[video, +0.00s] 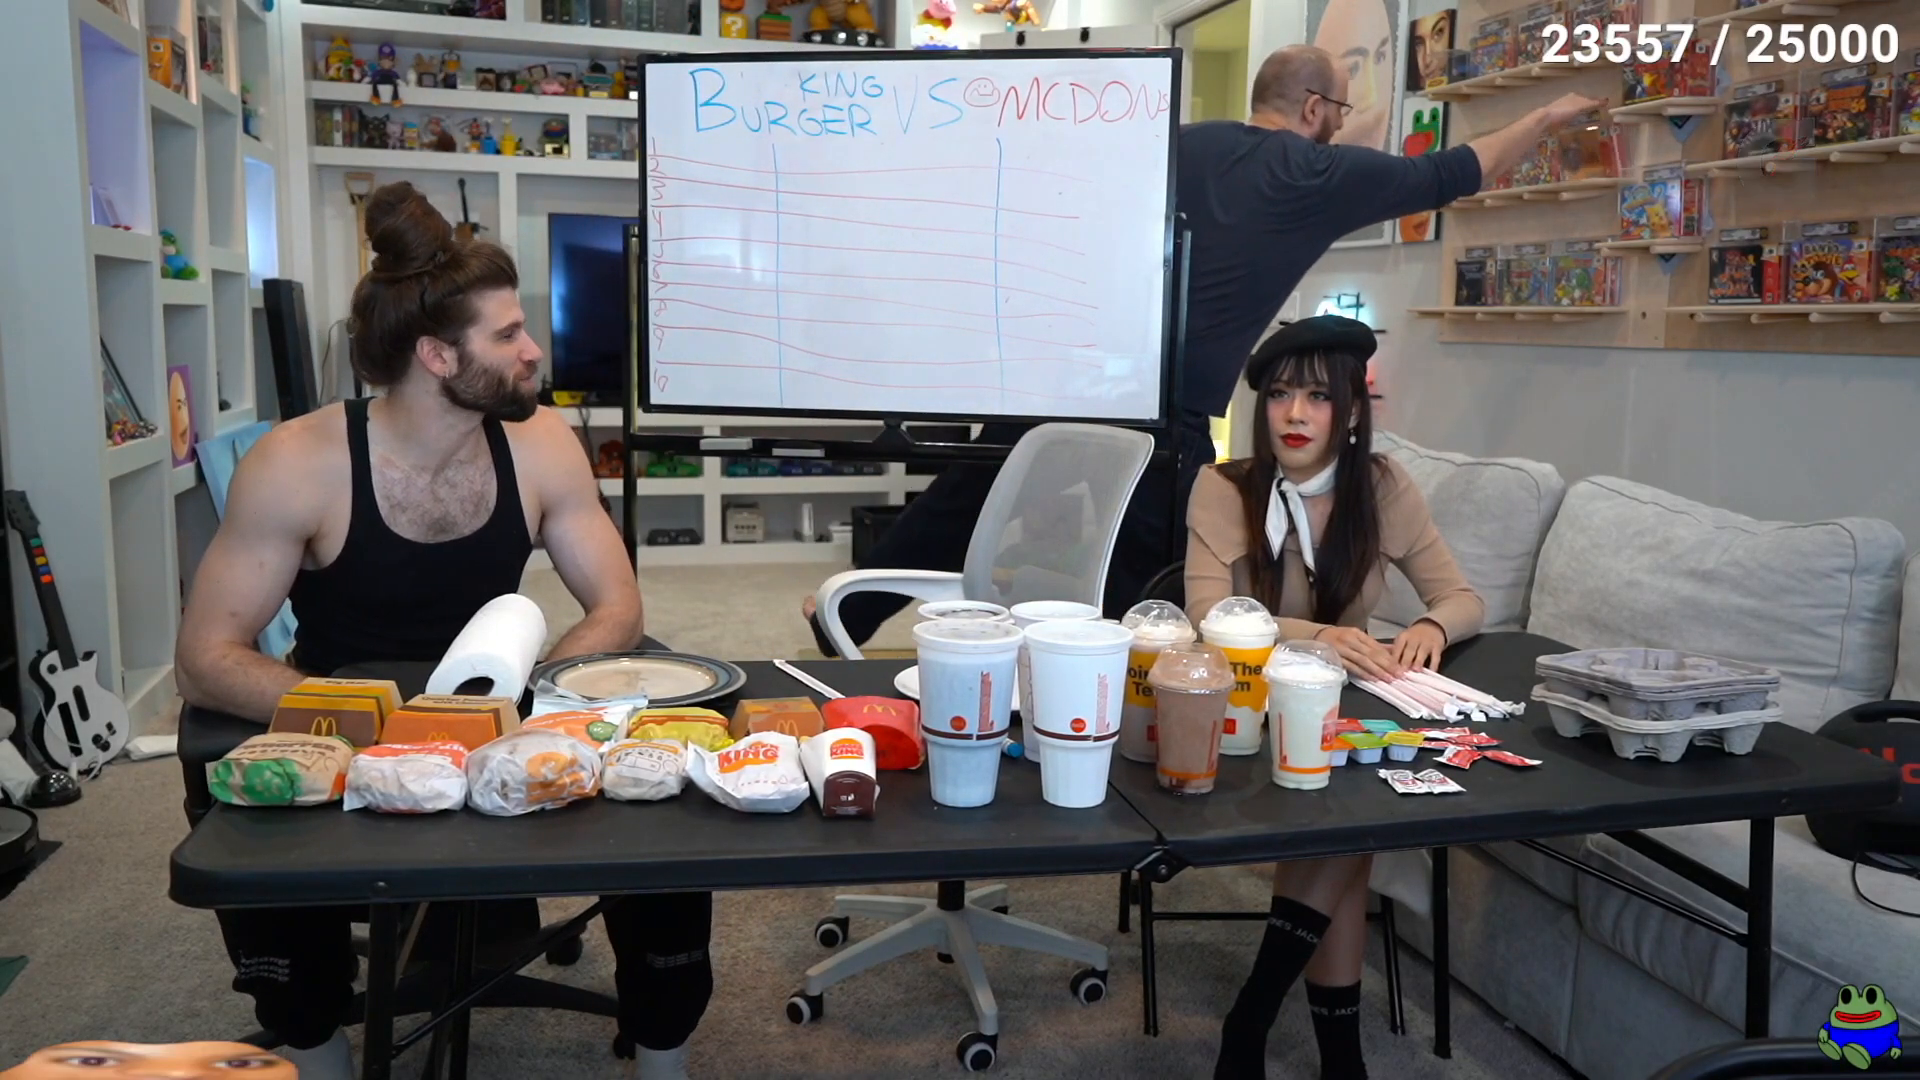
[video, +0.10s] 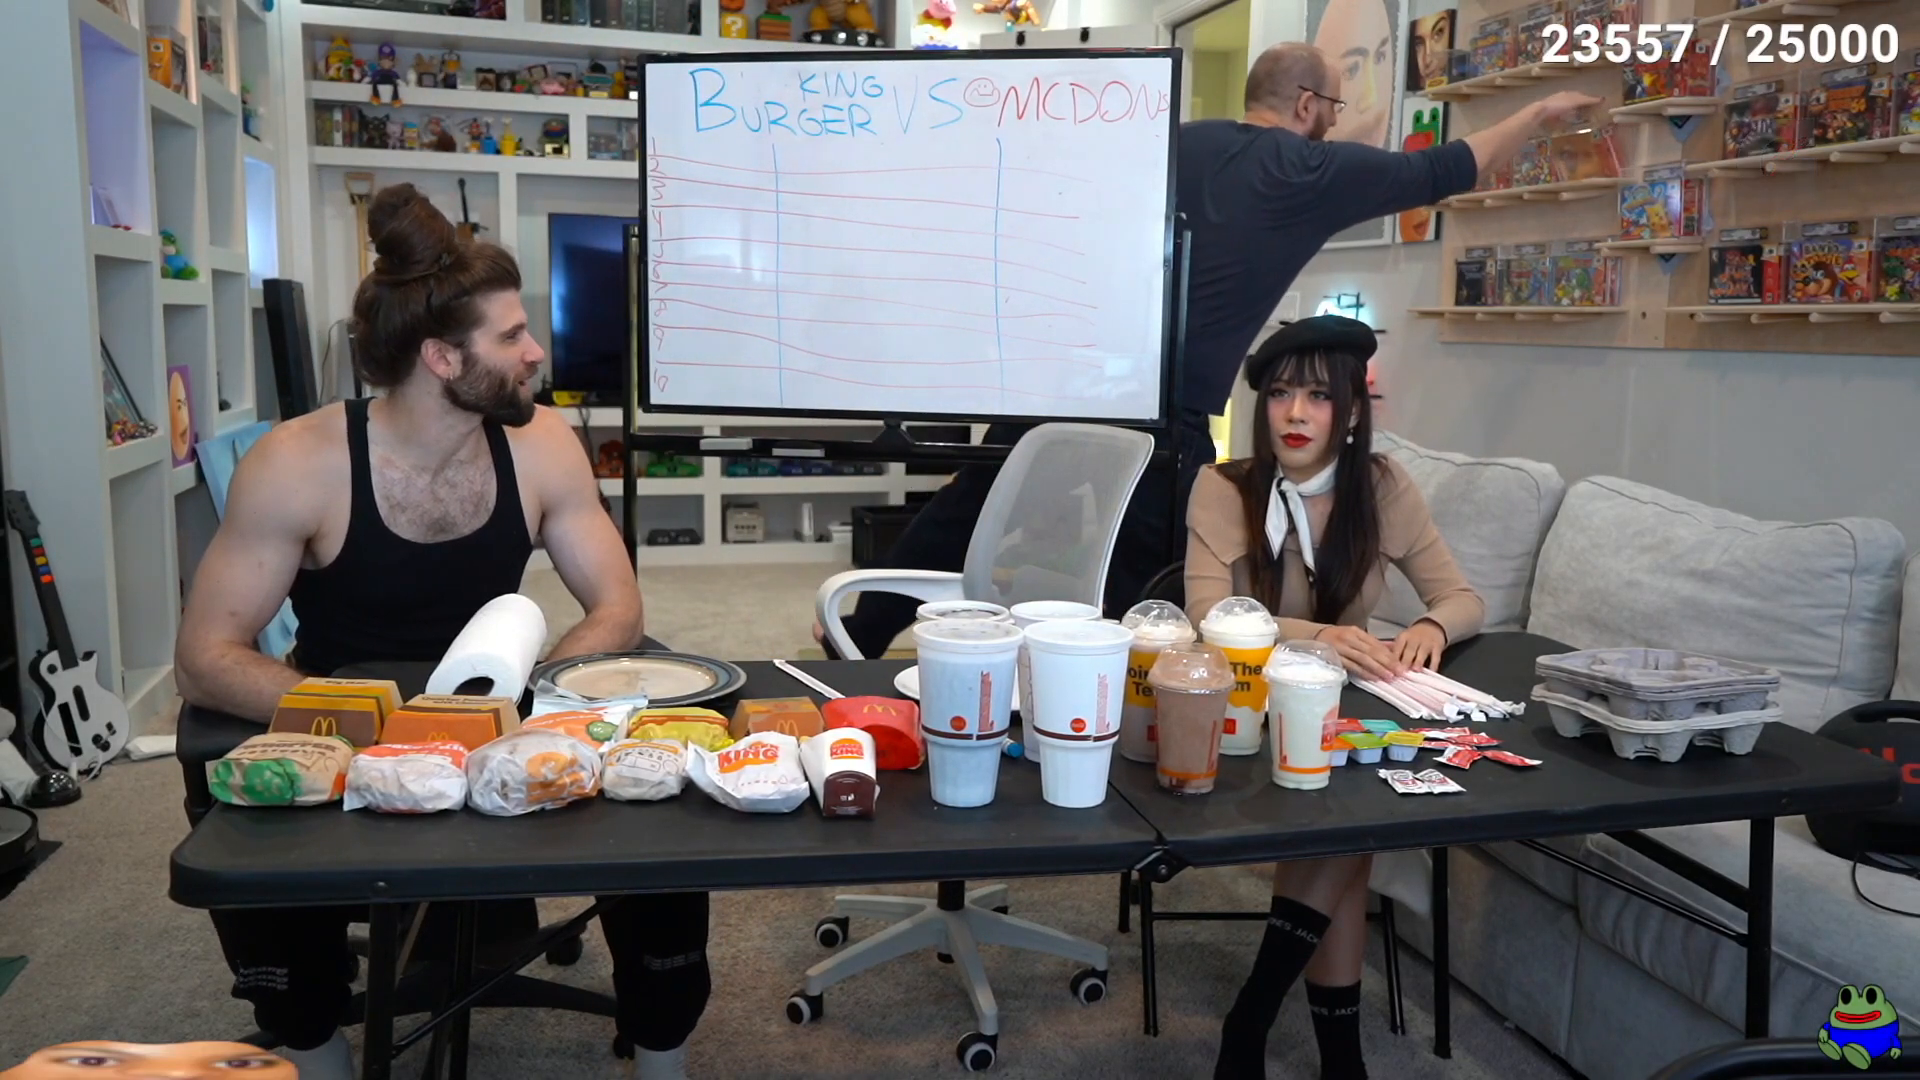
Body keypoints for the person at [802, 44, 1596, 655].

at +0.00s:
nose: (1342, 131)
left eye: (1341, 117)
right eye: (1342, 117)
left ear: (1258, 98)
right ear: (1318, 112)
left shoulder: (1174, 138)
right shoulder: (1315, 175)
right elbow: (1451, 175)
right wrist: (1547, 118)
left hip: (1064, 379)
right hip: (1167, 414)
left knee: (966, 498)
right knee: (1136, 587)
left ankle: (846, 619)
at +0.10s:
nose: (1337, 123)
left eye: (1333, 112)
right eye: (1336, 111)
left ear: (1250, 99)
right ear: (1311, 110)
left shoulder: (1165, 138)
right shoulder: (1313, 170)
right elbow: (1447, 172)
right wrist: (1543, 114)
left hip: (1054, 386)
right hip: (1164, 416)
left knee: (965, 511)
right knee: (1146, 595)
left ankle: (862, 631)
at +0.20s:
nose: (1329, 118)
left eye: (1325, 105)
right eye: (1324, 105)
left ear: (1243, 98)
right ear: (1294, 104)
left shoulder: (1158, 137)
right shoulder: (1297, 164)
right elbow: (1443, 161)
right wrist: (1542, 107)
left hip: (1058, 387)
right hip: (1166, 413)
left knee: (958, 527)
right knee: (1143, 593)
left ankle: (877, 657)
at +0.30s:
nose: (1315, 112)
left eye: (1312, 98)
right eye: (1310, 97)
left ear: (1225, 94)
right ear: (1279, 98)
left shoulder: (1147, 133)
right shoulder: (1285, 159)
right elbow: (1437, 152)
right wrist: (1539, 108)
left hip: (1056, 386)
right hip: (1162, 411)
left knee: (965, 531)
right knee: (1157, 586)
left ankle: (889, 662)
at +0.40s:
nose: (1293, 115)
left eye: (1294, 104)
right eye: (1291, 101)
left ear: (1213, 85)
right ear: (1267, 93)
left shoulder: (1131, 131)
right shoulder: (1268, 154)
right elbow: (1413, 154)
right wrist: (1517, 109)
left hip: (1054, 388)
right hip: (1160, 409)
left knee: (972, 536)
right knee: (1149, 576)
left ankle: (901, 661)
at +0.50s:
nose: (1268, 112)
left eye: (1269, 99)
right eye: (1268, 98)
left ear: (1191, 83)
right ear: (1247, 87)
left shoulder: (1108, 128)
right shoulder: (1256, 152)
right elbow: (1396, 158)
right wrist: (1490, 104)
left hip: (1042, 400)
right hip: (1152, 419)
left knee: (989, 567)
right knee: (1147, 594)